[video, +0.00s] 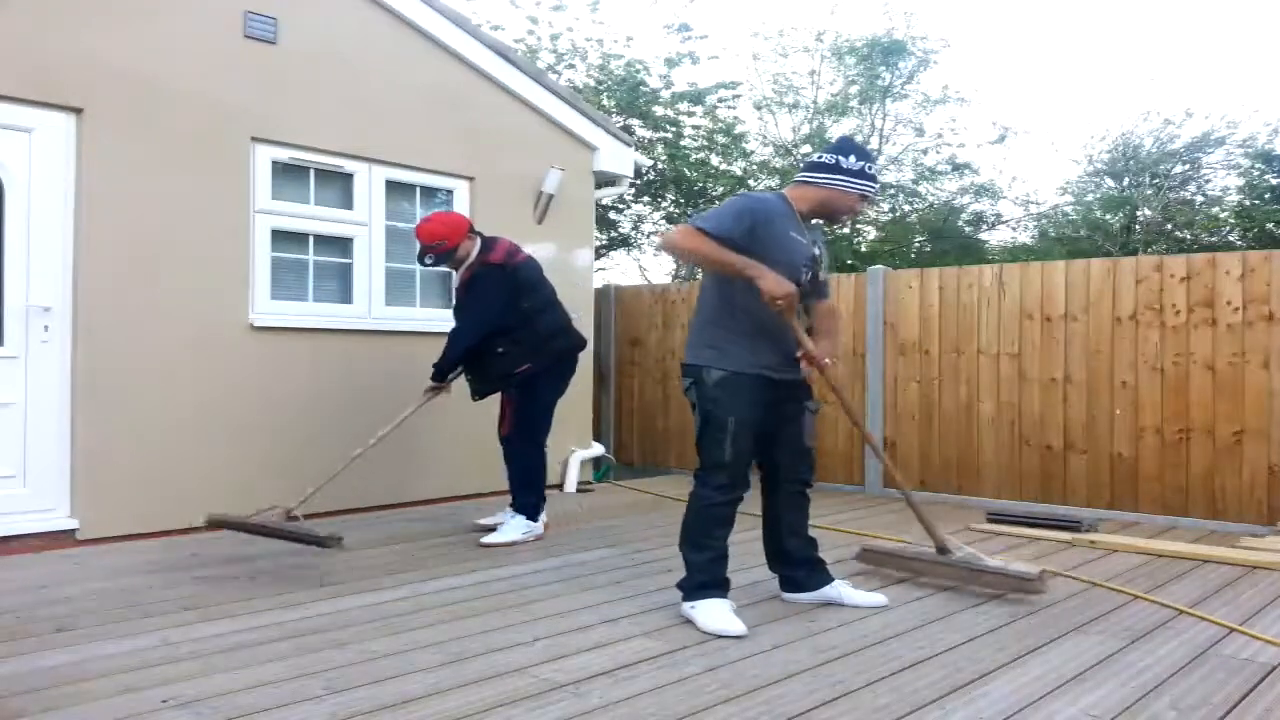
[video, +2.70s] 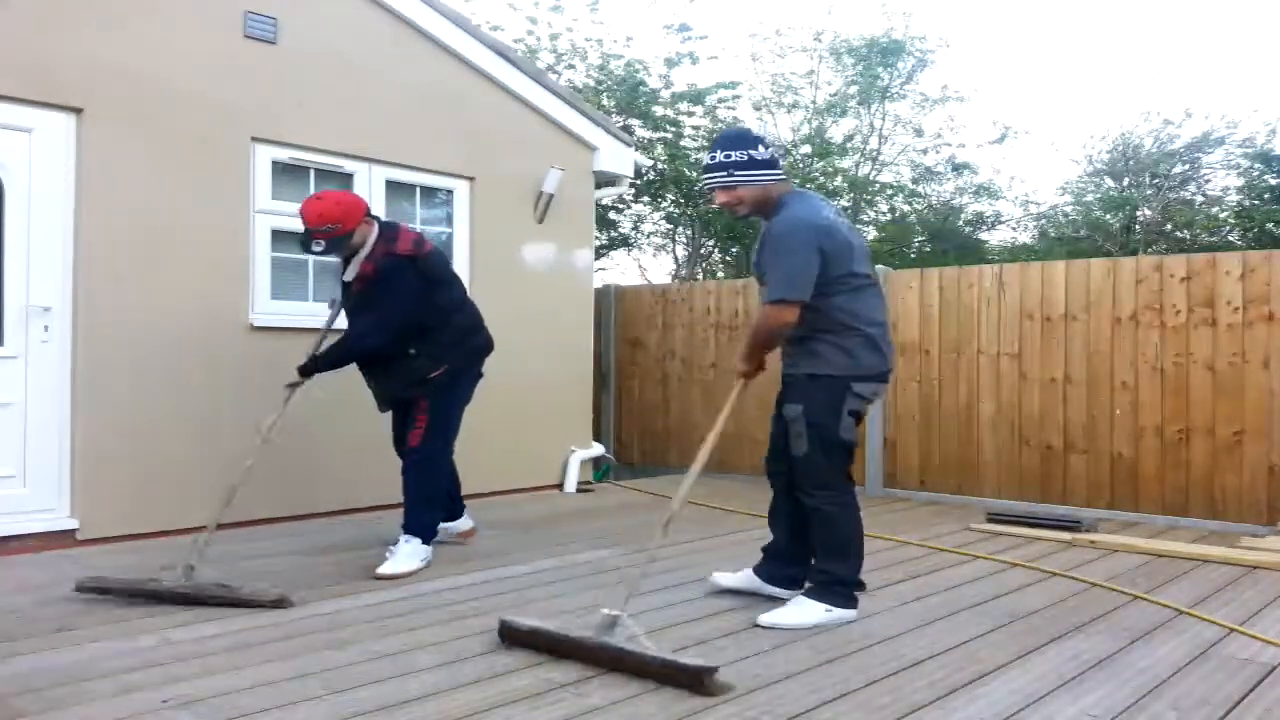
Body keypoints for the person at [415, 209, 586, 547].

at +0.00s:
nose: (446, 264)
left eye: (447, 257)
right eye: (442, 259)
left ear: (464, 241)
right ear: (466, 239)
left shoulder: (490, 272)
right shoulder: (489, 257)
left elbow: (470, 330)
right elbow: (474, 323)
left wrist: (440, 373)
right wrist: (451, 365)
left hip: (544, 358)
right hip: (530, 358)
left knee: (523, 435)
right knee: (514, 434)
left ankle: (529, 517)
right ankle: (522, 509)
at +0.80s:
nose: (415, 273)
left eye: (419, 266)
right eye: (412, 268)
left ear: (438, 250)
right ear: (435, 251)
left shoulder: (472, 274)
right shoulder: (436, 280)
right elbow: (447, 331)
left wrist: (446, 372)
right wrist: (447, 364)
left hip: (523, 355)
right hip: (496, 359)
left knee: (493, 440)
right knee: (504, 434)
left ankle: (477, 527)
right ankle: (523, 510)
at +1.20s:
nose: (391, 267)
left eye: (393, 259)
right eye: (387, 261)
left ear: (413, 243)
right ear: (416, 240)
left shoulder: (443, 275)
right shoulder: (442, 255)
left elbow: (427, 338)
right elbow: (431, 331)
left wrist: (387, 382)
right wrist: (394, 378)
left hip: (502, 357)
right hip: (511, 349)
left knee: (478, 442)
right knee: (498, 432)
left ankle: (473, 530)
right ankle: (516, 508)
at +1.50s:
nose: (382, 254)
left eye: (383, 246)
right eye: (377, 248)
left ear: (404, 230)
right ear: (405, 229)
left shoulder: (435, 263)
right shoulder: (429, 250)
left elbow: (409, 324)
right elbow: (414, 319)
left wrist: (366, 366)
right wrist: (375, 362)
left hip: (494, 358)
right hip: (466, 360)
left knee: (474, 440)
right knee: (453, 439)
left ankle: (474, 528)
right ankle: (480, 511)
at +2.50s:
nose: (338, 259)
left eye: (341, 252)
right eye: (334, 253)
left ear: (362, 237)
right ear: (362, 235)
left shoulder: (398, 269)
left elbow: (390, 341)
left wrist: (341, 368)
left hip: (455, 356)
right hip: (433, 356)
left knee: (429, 446)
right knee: (441, 440)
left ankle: (417, 540)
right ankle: (457, 521)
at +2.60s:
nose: (335, 256)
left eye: (338, 248)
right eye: (331, 250)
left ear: (361, 232)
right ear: (356, 232)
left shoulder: (397, 266)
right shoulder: (366, 252)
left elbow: (379, 339)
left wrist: (326, 369)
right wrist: (357, 325)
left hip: (454, 354)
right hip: (426, 354)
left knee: (424, 444)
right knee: (433, 439)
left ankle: (417, 541)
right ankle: (455, 519)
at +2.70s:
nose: (334, 252)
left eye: (337, 243)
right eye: (329, 246)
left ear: (359, 228)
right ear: (356, 226)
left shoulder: (396, 263)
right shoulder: (367, 244)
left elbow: (373, 334)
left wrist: (318, 362)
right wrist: (347, 295)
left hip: (449, 357)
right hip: (413, 357)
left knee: (423, 445)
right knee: (415, 442)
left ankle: (416, 541)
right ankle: (452, 516)